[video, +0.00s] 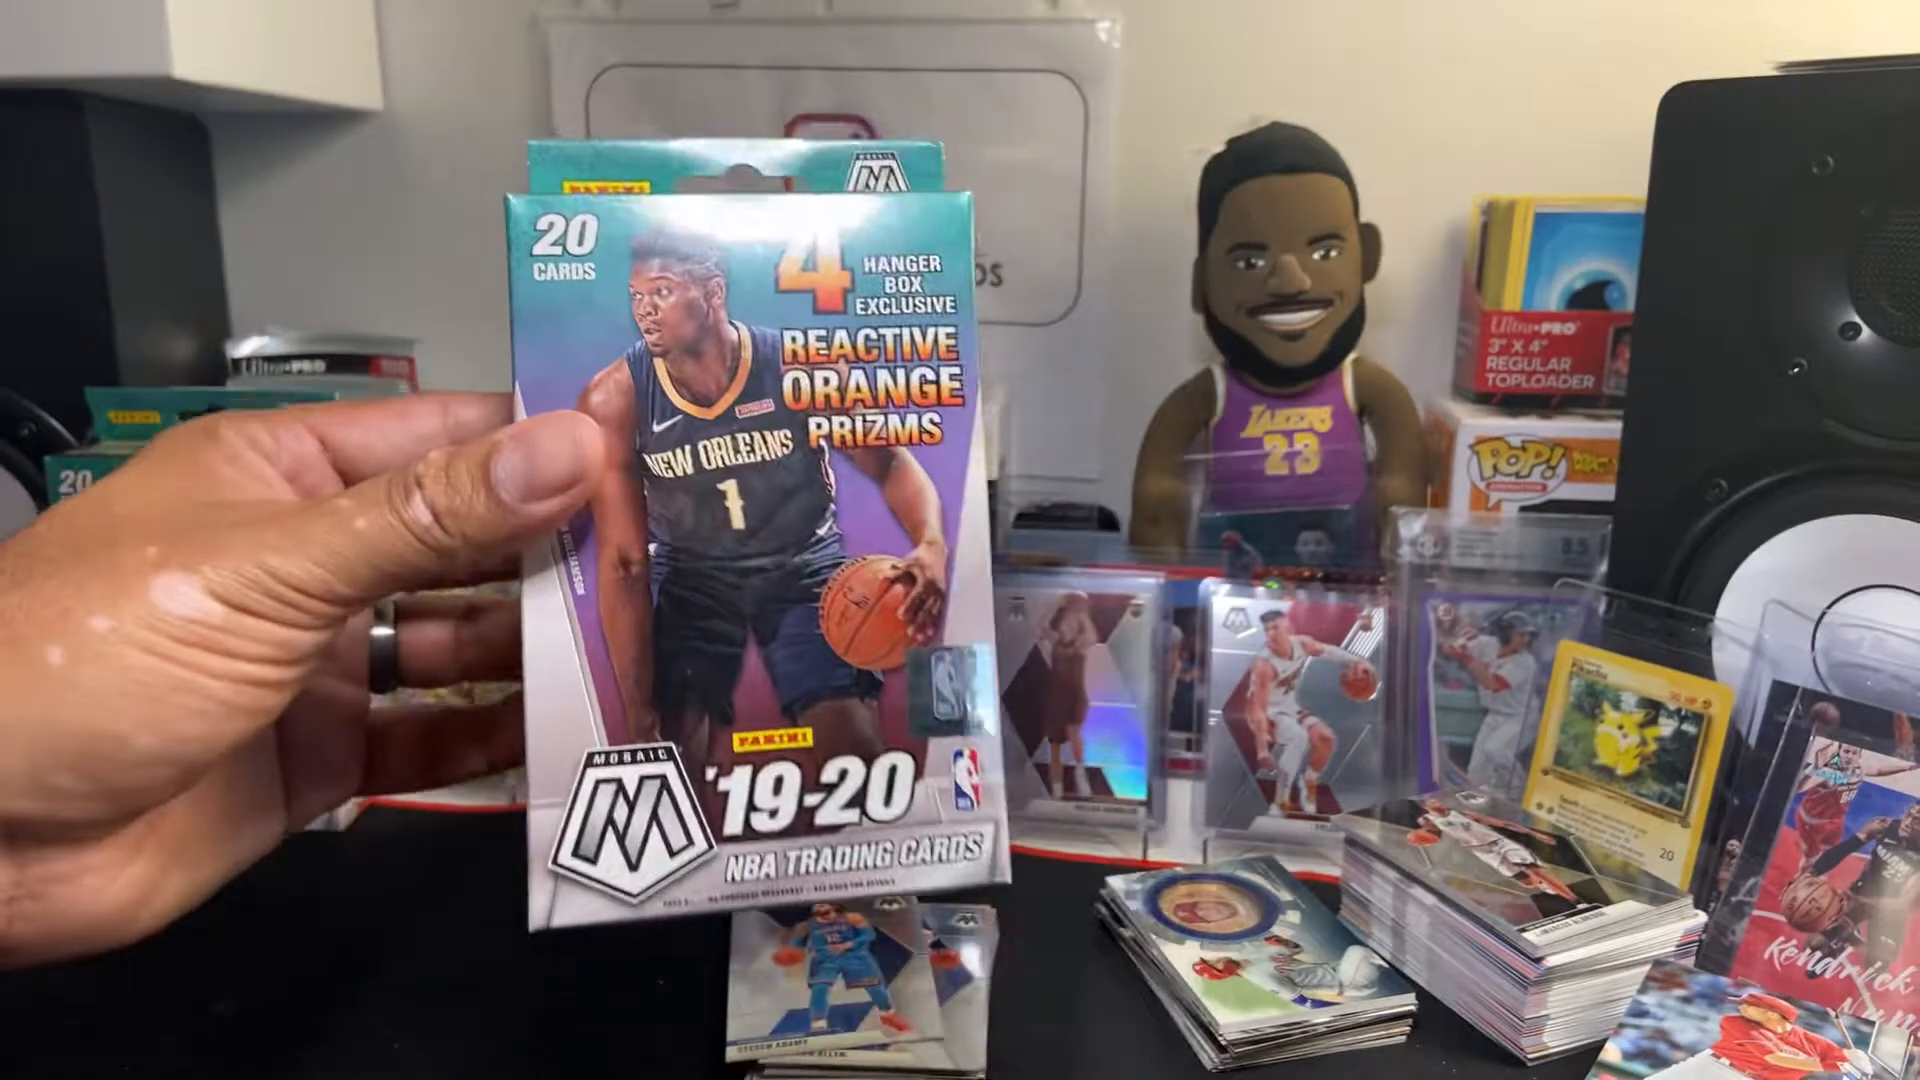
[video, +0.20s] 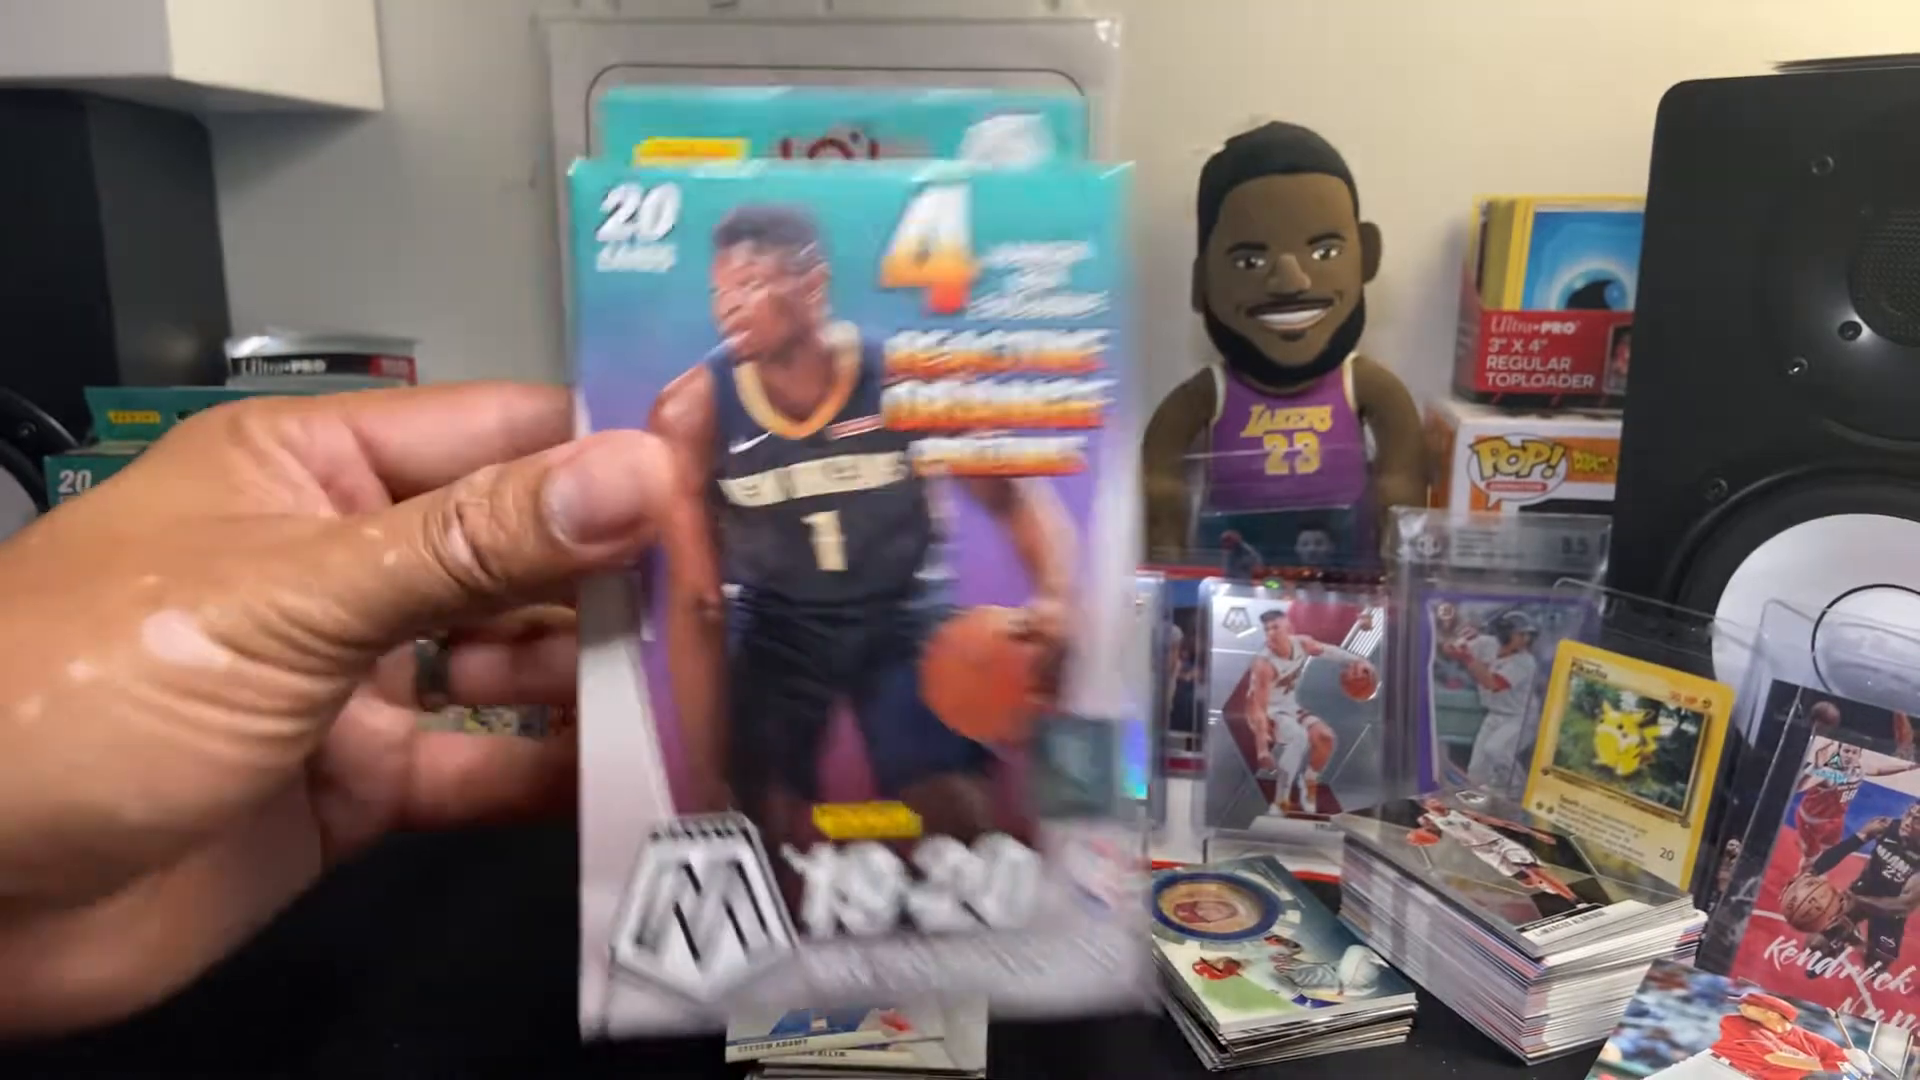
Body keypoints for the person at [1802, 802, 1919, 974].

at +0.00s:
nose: (1908, 823)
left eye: (1916, 821)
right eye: (1908, 815)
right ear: (1904, 813)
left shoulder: (1917, 859)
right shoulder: (1885, 827)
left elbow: (1904, 904)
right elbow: (1847, 847)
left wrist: (1859, 903)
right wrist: (1815, 869)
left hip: (1890, 910)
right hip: (1860, 894)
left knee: (1876, 965)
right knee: (1814, 943)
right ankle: (1835, 949)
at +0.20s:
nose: (1908, 822)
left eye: (1916, 820)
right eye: (1909, 815)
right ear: (1904, 813)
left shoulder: (1917, 859)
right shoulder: (1883, 827)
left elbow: (1905, 905)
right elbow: (1844, 848)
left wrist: (1858, 903)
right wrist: (1814, 870)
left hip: (1891, 908)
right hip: (1861, 893)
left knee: (1876, 970)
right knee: (1814, 945)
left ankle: (1853, 939)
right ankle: (1836, 949)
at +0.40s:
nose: (1913, 824)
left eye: (1919, 822)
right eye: (1913, 816)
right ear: (1908, 815)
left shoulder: (1918, 857)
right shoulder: (1888, 828)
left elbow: (1910, 905)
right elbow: (1848, 849)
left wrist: (1862, 904)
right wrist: (1816, 873)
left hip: (1895, 909)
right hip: (1865, 895)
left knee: (1880, 970)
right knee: (1819, 945)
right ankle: (1842, 947)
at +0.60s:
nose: (1915, 826)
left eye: (1919, 824)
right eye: (1915, 818)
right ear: (1911, 817)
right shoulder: (1892, 830)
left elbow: (1912, 906)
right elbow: (1851, 851)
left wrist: (1866, 906)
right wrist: (1819, 874)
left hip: (1898, 911)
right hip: (1867, 898)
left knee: (1883, 973)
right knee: (1822, 949)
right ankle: (1849, 944)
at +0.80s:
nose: (1915, 827)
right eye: (1916, 819)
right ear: (1912, 817)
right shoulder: (1893, 831)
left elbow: (1913, 907)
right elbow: (1853, 851)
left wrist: (1867, 906)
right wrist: (1821, 874)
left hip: (1899, 913)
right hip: (1869, 899)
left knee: (1885, 972)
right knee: (1826, 949)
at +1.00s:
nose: (1915, 827)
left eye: (1919, 824)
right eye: (1915, 819)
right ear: (1911, 818)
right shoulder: (1893, 830)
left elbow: (1912, 908)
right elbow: (1853, 851)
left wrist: (1866, 906)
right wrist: (1821, 874)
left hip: (1899, 912)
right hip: (1869, 898)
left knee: (1885, 972)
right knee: (1825, 949)